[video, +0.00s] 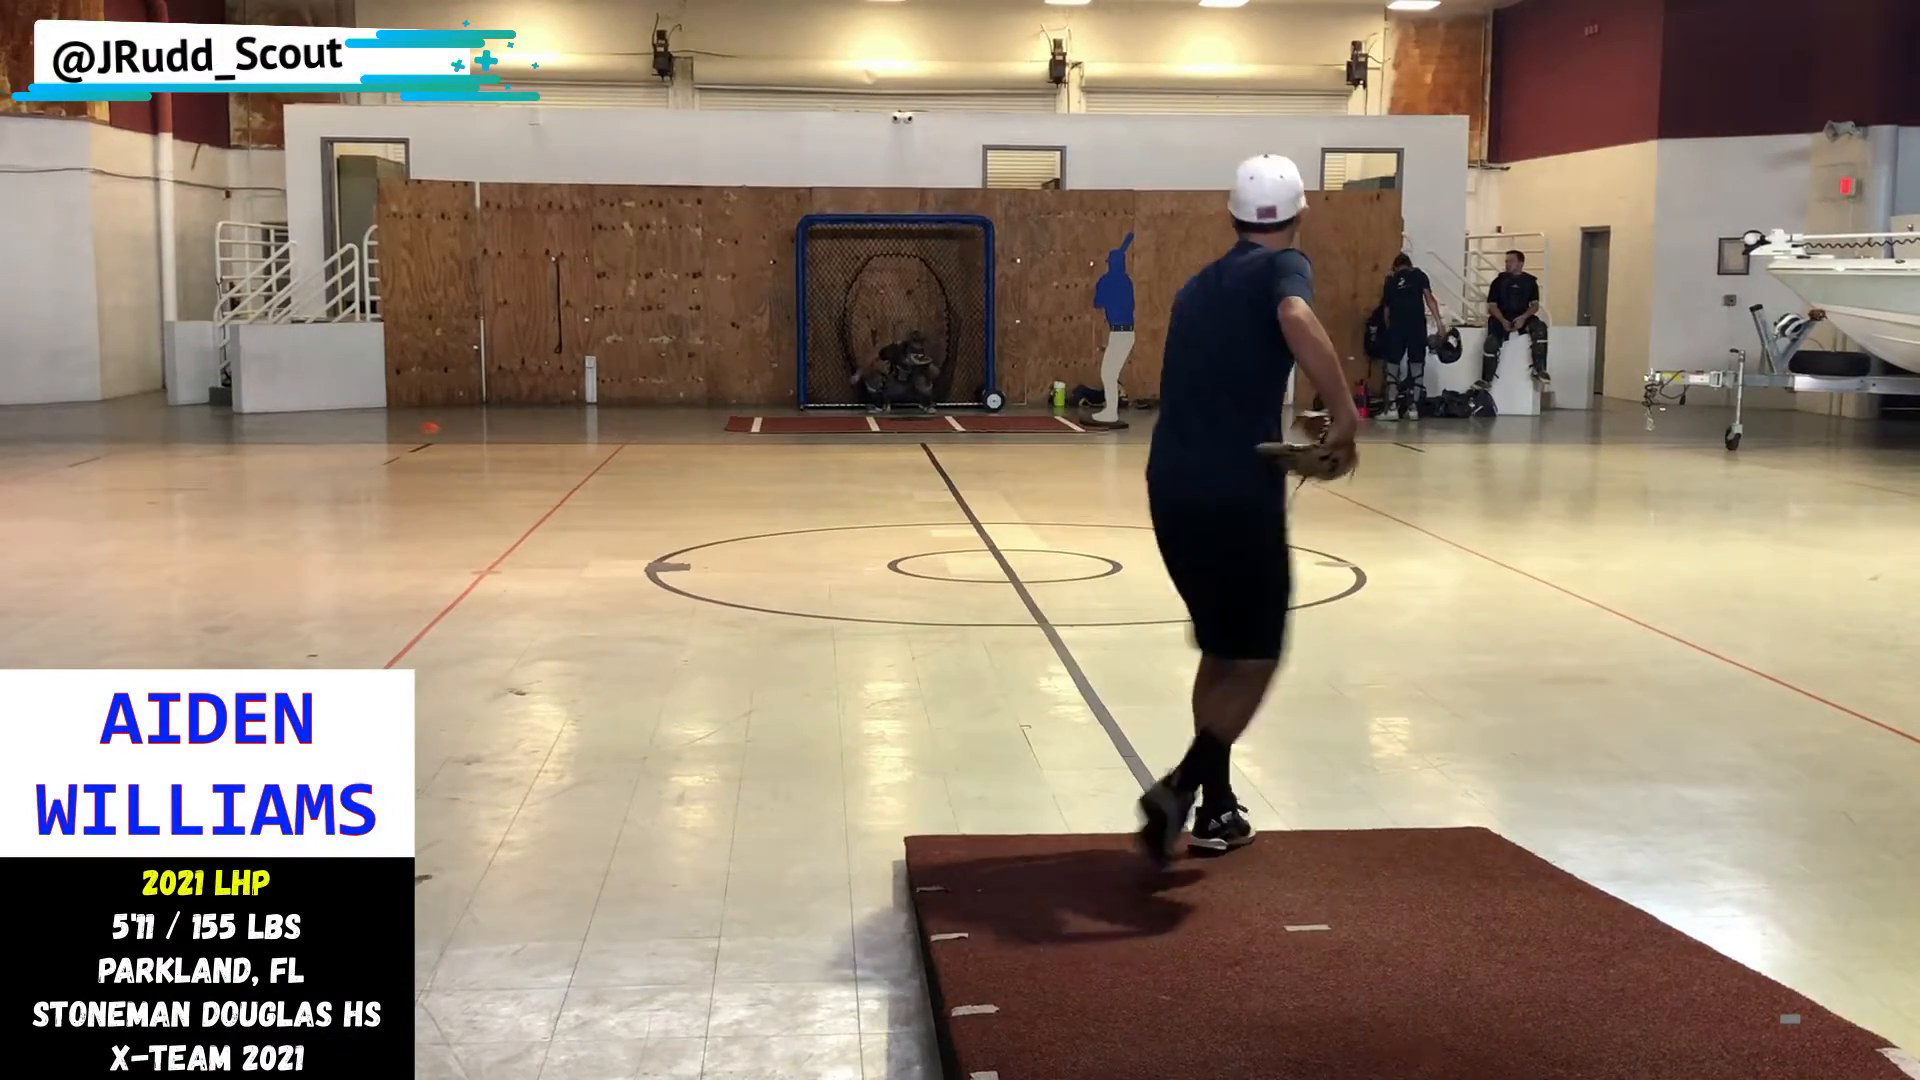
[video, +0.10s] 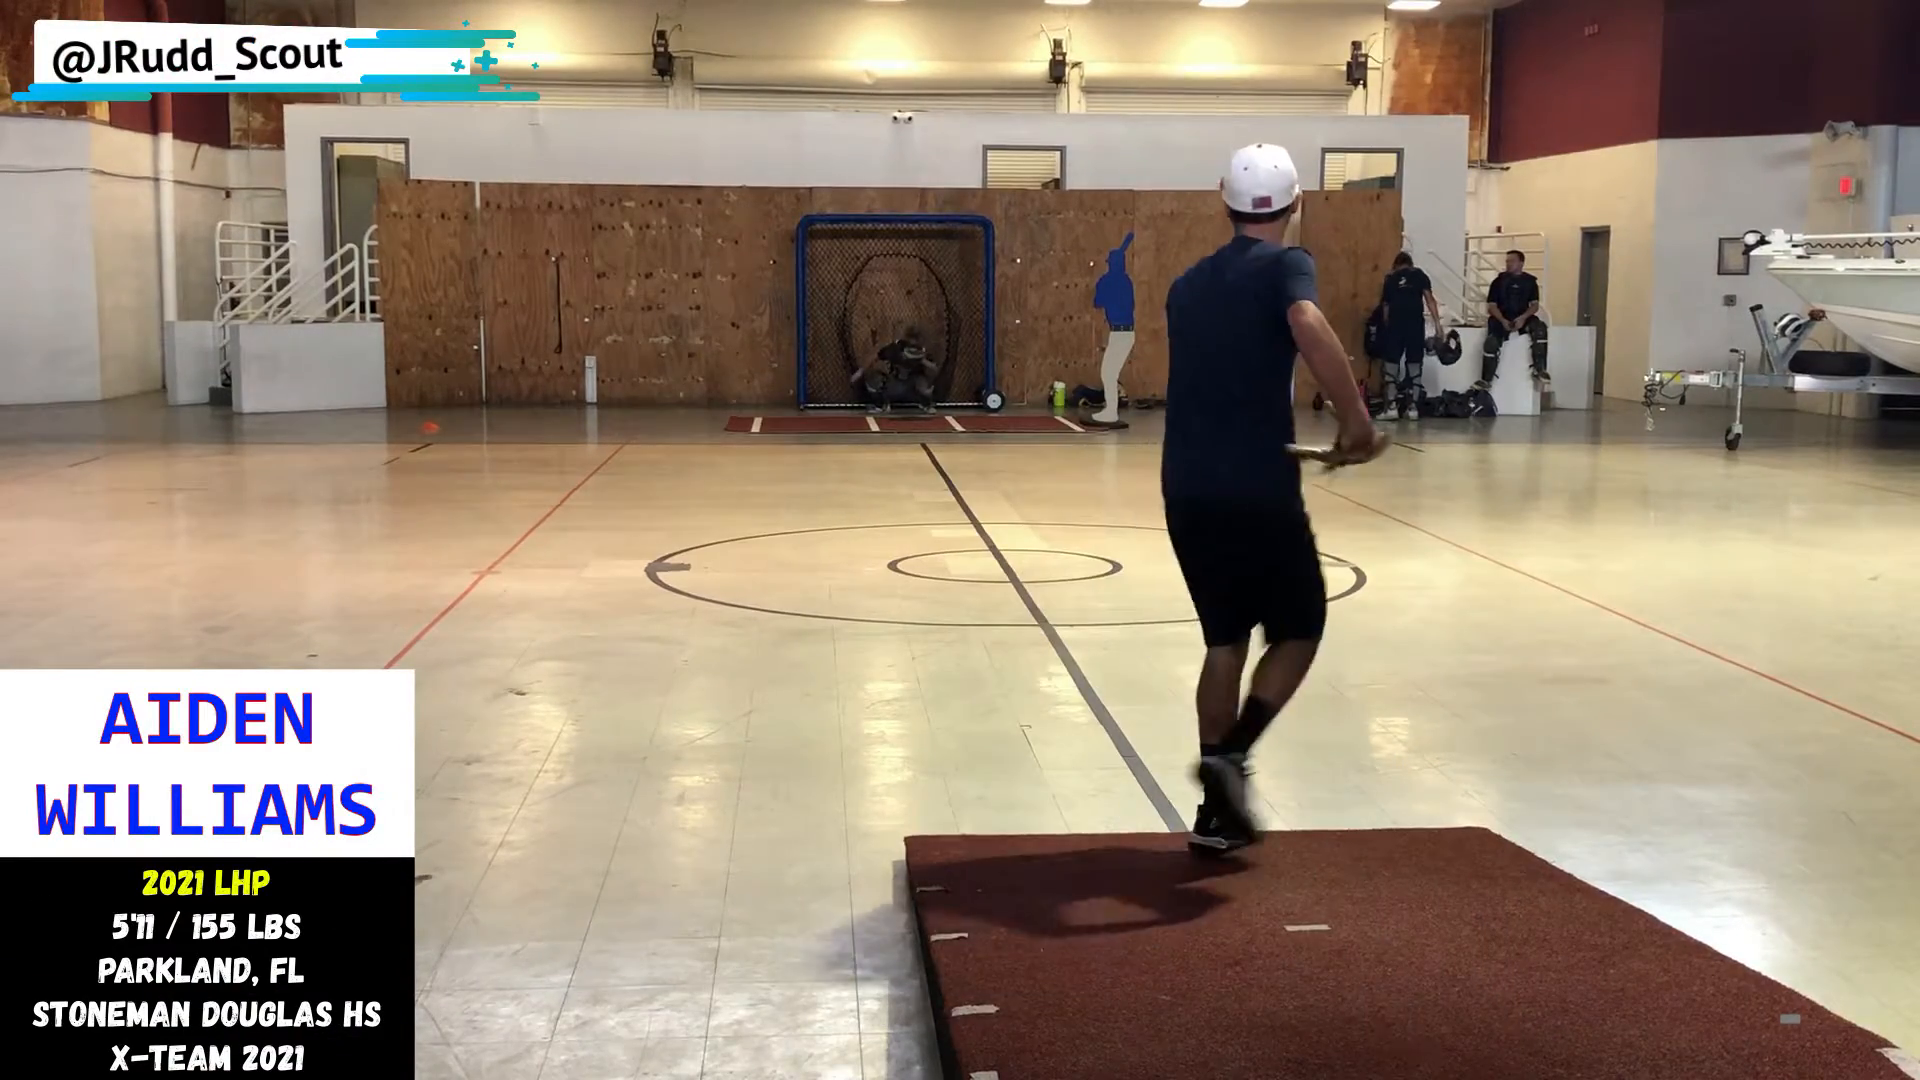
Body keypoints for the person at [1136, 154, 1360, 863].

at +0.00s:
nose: (1300, 219)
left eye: (1293, 208)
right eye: (1300, 210)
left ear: (1234, 217)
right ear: (1294, 215)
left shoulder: (1198, 285)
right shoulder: (1284, 263)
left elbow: (1193, 392)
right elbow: (1294, 319)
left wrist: (1265, 444)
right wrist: (1344, 420)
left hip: (1172, 482)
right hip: (1238, 486)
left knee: (1218, 643)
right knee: (1258, 651)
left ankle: (1217, 806)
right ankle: (1179, 789)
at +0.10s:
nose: (1297, 215)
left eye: (1287, 206)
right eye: (1297, 206)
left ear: (1229, 208)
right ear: (1291, 207)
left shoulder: (1186, 286)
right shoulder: (1289, 264)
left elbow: (1196, 391)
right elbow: (1305, 323)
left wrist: (1268, 442)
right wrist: (1358, 423)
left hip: (1188, 490)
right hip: (1256, 489)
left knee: (1224, 639)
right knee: (1298, 628)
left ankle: (1217, 810)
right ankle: (1233, 753)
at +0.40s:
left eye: (1249, 195)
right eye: (1296, 200)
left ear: (1236, 206)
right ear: (1301, 208)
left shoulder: (1198, 287)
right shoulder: (1330, 284)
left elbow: (1179, 394)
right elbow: (1355, 391)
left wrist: (1197, 456)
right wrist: (1381, 448)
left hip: (1218, 503)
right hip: (1303, 504)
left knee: (1231, 652)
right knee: (1307, 648)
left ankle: (1222, 803)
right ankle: (1315, 792)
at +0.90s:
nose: (1220, 227)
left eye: (1217, 218)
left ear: (1220, 224)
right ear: (1281, 224)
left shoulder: (1212, 301)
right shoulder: (1331, 293)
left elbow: (1206, 401)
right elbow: (1362, 386)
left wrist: (1194, 505)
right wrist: (1313, 397)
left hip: (1227, 506)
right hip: (1304, 510)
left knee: (1178, 633)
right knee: (1306, 641)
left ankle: (1153, 771)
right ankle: (1316, 792)